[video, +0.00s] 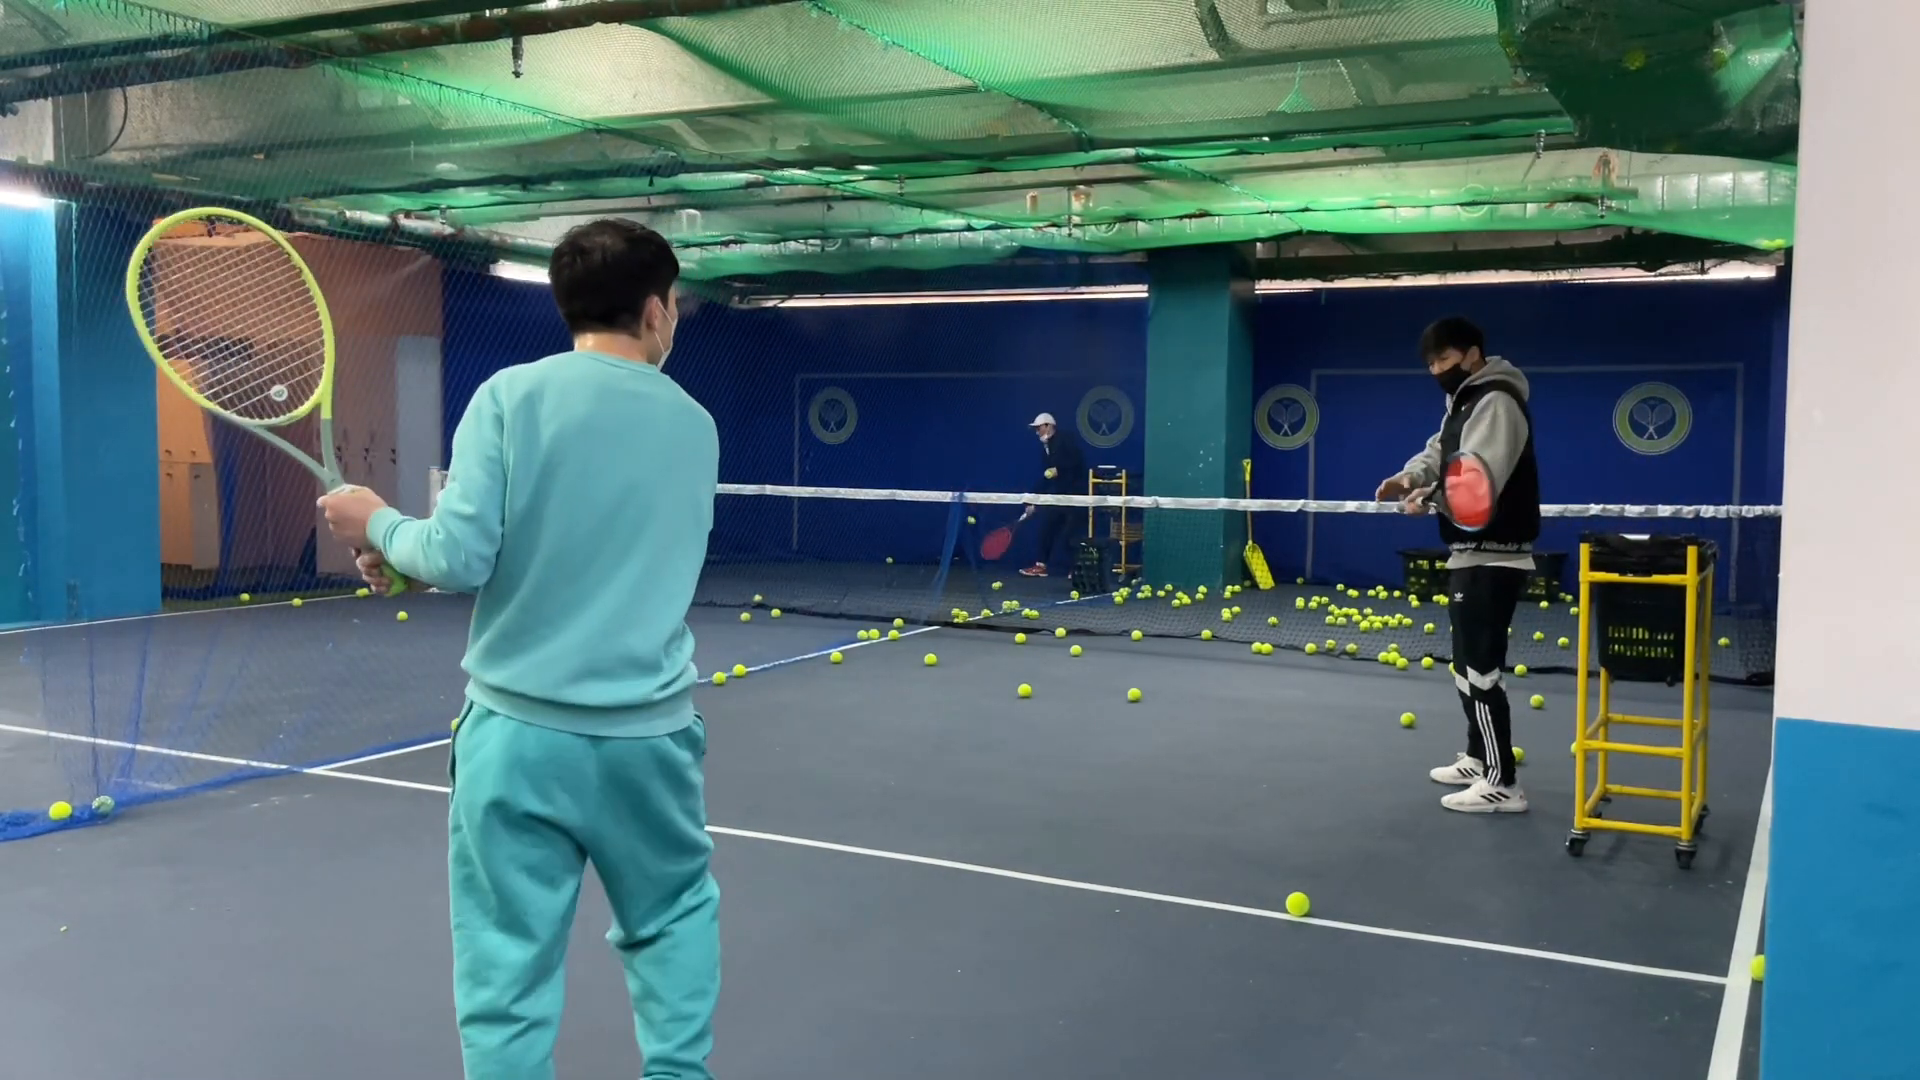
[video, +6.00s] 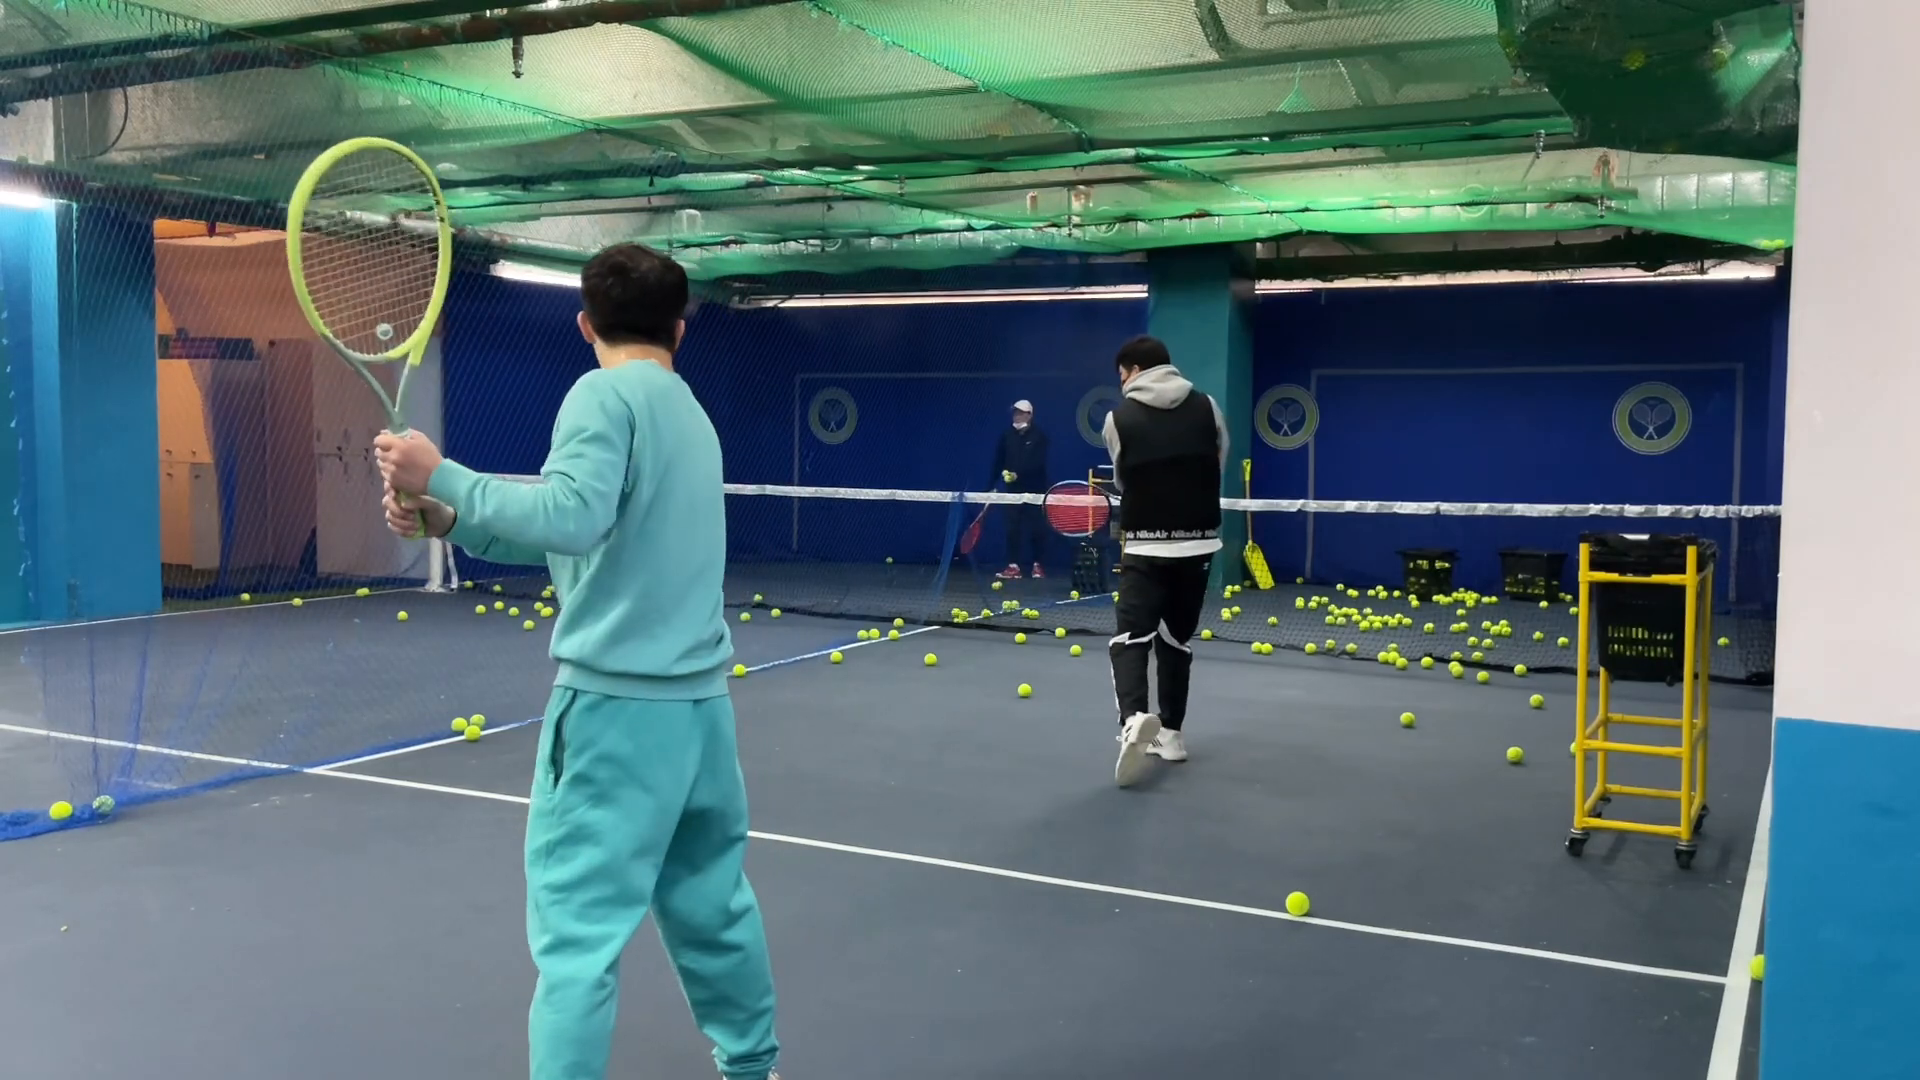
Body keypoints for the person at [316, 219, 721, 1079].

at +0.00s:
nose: (676, 314)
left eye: (674, 298)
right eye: (674, 298)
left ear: (567, 310)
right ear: (653, 308)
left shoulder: (508, 399)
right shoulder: (693, 425)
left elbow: (460, 555)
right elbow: (609, 544)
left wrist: (377, 520)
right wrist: (419, 558)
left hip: (517, 740)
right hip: (647, 743)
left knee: (508, 974)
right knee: (671, 919)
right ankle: (678, 1066)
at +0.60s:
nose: (739, 335)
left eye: (738, 322)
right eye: (737, 322)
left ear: (639, 328)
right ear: (722, 326)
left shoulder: (608, 405)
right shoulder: (748, 419)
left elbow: (596, 550)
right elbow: (685, 556)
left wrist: (484, 549)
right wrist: (520, 577)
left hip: (629, 716)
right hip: (740, 714)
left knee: (566, 927)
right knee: (737, 905)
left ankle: (545, 1071)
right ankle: (757, 1064)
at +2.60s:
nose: (733, 339)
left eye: (728, 326)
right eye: (732, 327)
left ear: (639, 332)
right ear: (717, 331)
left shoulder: (615, 399)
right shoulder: (749, 419)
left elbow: (624, 533)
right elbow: (725, 561)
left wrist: (538, 620)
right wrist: (568, 630)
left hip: (637, 699)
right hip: (740, 703)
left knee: (569, 910)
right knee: (736, 897)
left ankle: (537, 1069)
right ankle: (754, 1064)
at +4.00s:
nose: (735, 328)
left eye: (732, 315)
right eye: (734, 316)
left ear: (639, 325)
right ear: (721, 322)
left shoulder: (592, 409)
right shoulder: (766, 425)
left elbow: (555, 555)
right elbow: (769, 548)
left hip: (615, 704)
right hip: (731, 707)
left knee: (570, 909)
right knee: (734, 900)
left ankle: (540, 1069)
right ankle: (750, 1064)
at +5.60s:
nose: (732, 330)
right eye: (731, 319)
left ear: (634, 324)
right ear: (723, 323)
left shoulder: (605, 400)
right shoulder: (754, 426)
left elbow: (533, 535)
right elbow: (657, 563)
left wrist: (469, 513)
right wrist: (521, 556)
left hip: (617, 708)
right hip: (726, 710)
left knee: (579, 920)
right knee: (732, 905)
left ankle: (554, 1071)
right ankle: (752, 1065)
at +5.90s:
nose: (595, 323)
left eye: (597, 313)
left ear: (601, 323)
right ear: (692, 327)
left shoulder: (603, 395)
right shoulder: (707, 415)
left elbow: (551, 507)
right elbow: (595, 531)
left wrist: (433, 468)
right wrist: (458, 518)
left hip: (615, 709)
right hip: (711, 706)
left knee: (581, 931)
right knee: (718, 902)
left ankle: (563, 1071)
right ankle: (752, 1063)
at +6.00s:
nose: (582, 323)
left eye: (583, 312)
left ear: (587, 323)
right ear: (680, 327)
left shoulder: (602, 399)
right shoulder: (692, 415)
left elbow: (575, 513)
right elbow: (573, 533)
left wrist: (444, 473)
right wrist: (451, 519)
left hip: (612, 710)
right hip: (702, 707)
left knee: (577, 932)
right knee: (711, 900)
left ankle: (564, 1071)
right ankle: (751, 1063)